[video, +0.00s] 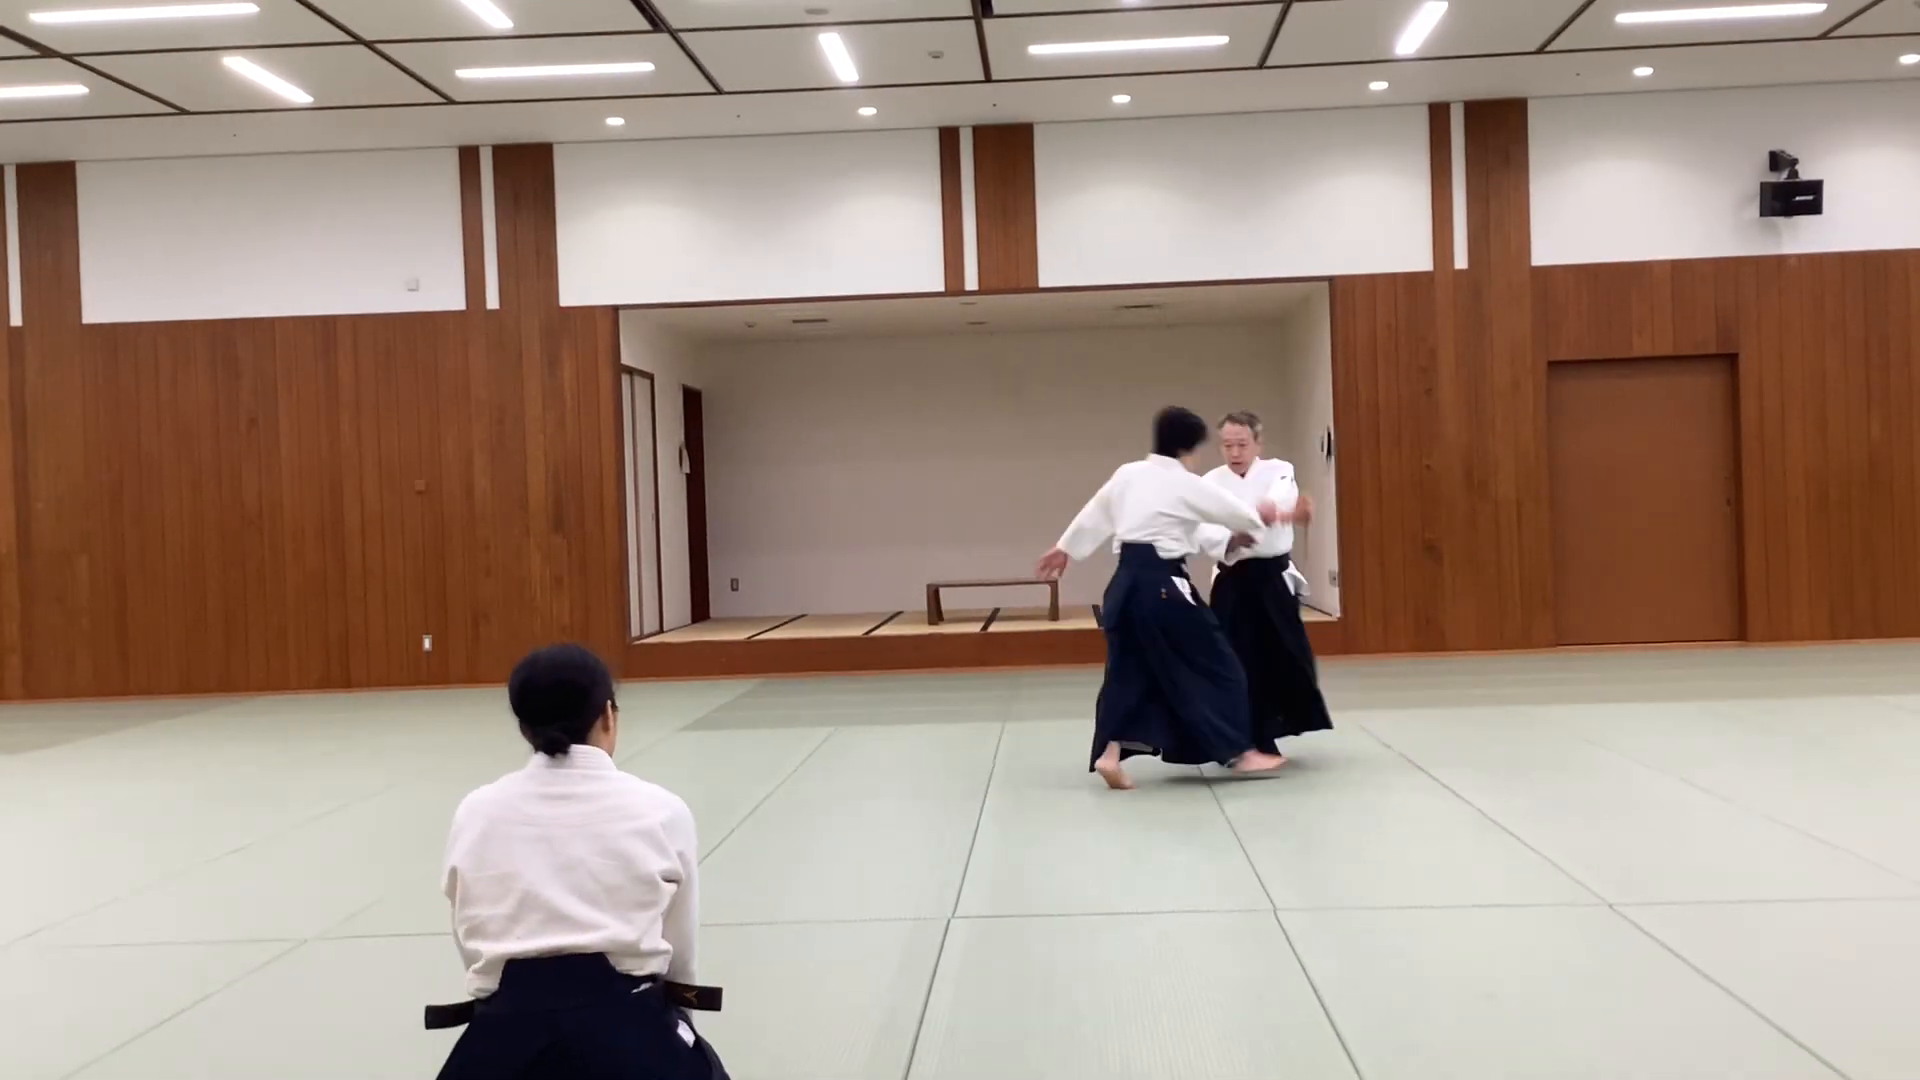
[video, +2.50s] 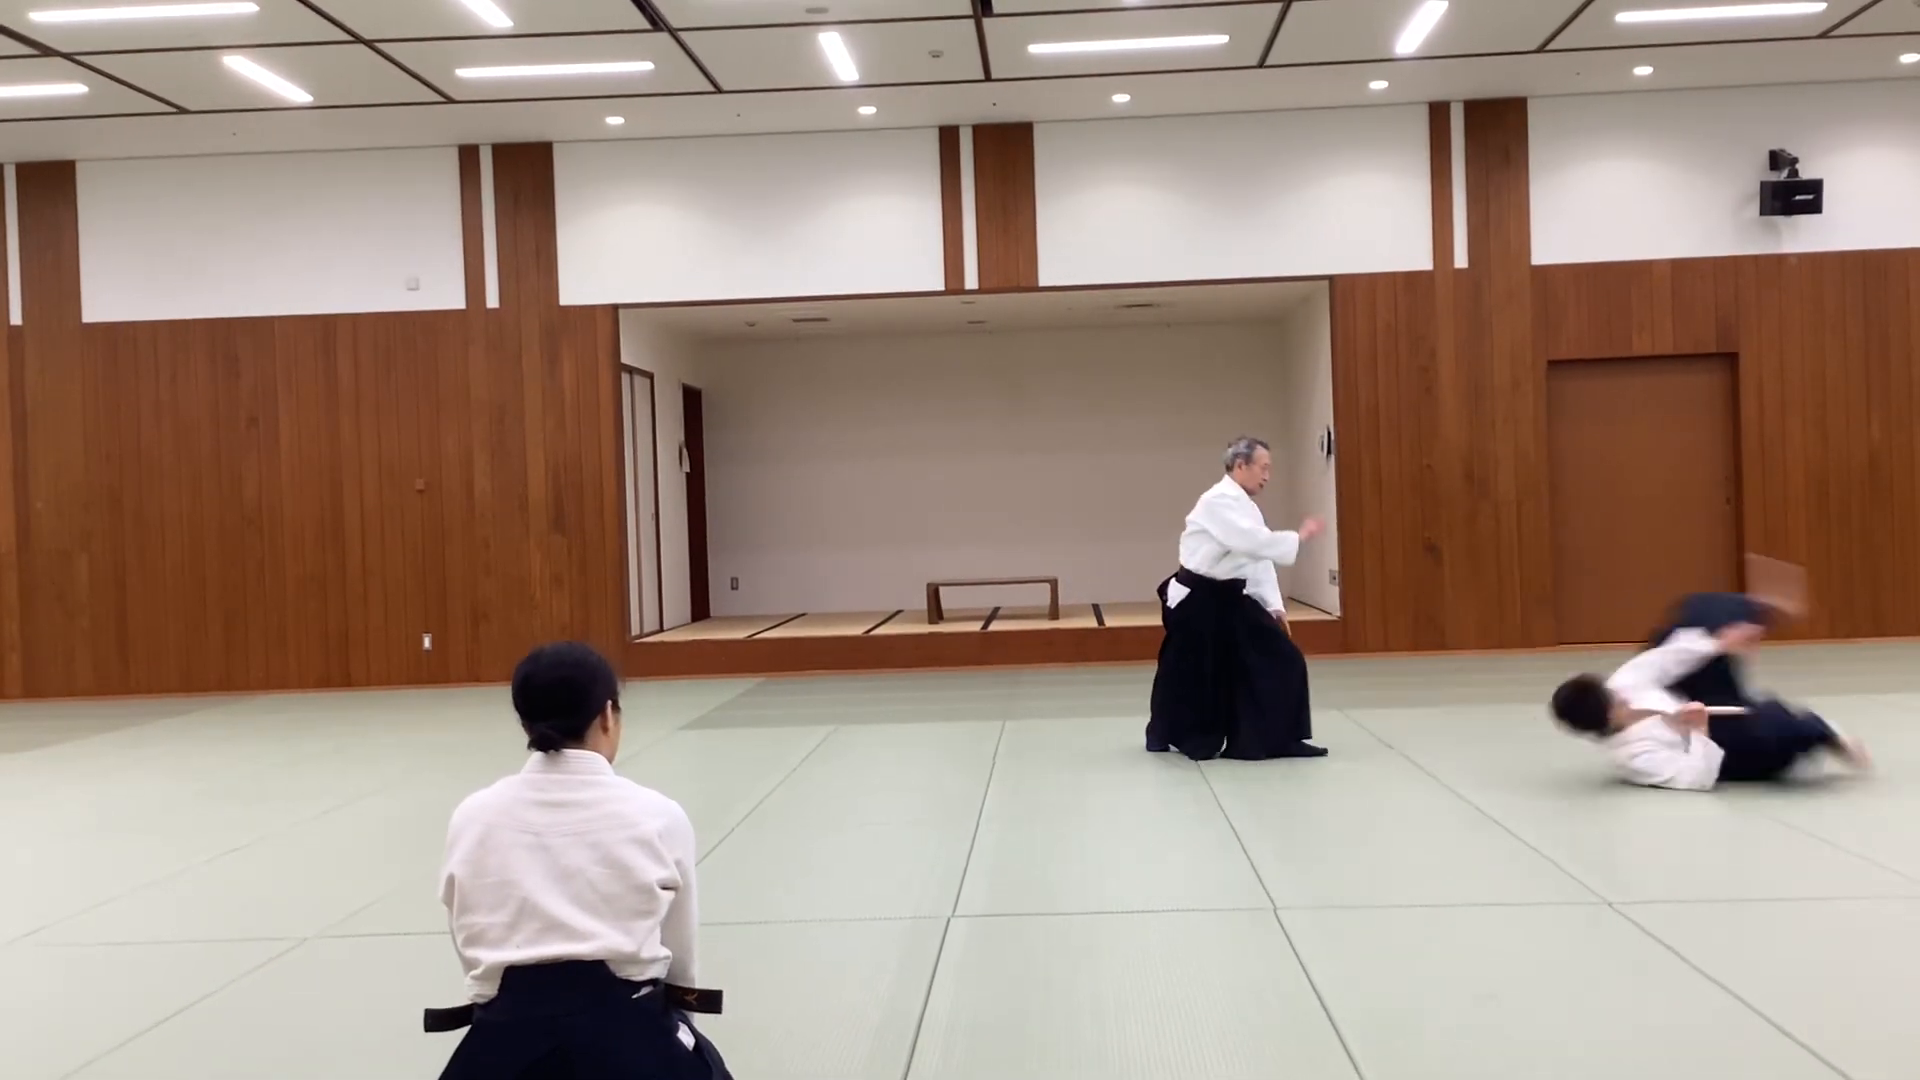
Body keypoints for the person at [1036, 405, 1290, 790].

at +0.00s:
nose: (1200, 454)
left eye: (1198, 447)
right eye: (1199, 447)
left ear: (1157, 440)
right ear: (1189, 446)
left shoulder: (1126, 475)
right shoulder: (1186, 483)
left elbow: (1092, 514)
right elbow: (1232, 511)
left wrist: (1064, 547)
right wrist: (1260, 516)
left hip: (1124, 585)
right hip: (1166, 586)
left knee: (1127, 669)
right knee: (1218, 663)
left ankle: (1109, 754)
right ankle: (1244, 753)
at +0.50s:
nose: (1205, 476)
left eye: (1212, 469)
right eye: (1199, 468)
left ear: (1219, 468)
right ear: (1184, 465)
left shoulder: (1220, 495)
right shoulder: (1168, 502)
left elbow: (1241, 537)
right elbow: (1183, 558)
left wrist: (1250, 576)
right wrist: (1223, 589)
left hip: (1196, 582)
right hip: (1155, 584)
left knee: (1212, 656)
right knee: (1134, 656)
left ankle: (1216, 732)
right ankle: (1115, 723)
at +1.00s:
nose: (1168, 464)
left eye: (1174, 457)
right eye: (1161, 457)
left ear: (1180, 456)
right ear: (1145, 454)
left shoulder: (1190, 492)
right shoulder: (1125, 475)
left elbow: (1193, 548)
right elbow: (1095, 497)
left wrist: (1186, 598)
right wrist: (1121, 514)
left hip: (1170, 577)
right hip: (1128, 576)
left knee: (1180, 656)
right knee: (1114, 652)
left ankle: (1185, 732)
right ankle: (1105, 726)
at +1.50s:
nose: (1167, 486)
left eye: (1172, 478)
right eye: (1159, 480)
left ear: (1185, 472)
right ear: (1150, 478)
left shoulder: (1207, 497)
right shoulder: (1141, 499)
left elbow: (1247, 523)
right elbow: (1107, 519)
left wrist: (1275, 559)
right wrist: (1136, 529)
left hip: (1205, 594)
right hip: (1159, 593)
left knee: (1223, 662)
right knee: (1138, 663)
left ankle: (1237, 733)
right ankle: (1131, 737)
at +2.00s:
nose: (1299, 514)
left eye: (1305, 508)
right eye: (1295, 505)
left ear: (1308, 508)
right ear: (1274, 498)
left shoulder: (1294, 543)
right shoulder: (1244, 525)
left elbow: (1287, 590)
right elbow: (1248, 571)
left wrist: (1272, 631)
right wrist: (1293, 594)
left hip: (1246, 615)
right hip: (1207, 608)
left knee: (1267, 678)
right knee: (1187, 678)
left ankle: (1265, 748)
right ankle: (1162, 742)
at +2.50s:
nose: (1267, 476)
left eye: (1269, 469)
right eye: (1262, 468)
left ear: (1246, 468)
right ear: (1239, 466)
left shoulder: (1247, 508)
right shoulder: (1218, 499)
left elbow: (1259, 564)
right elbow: (1251, 540)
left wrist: (1274, 606)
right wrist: (1298, 537)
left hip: (1232, 597)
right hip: (1195, 597)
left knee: (1286, 658)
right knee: (1198, 667)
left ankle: (1279, 738)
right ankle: (1192, 737)